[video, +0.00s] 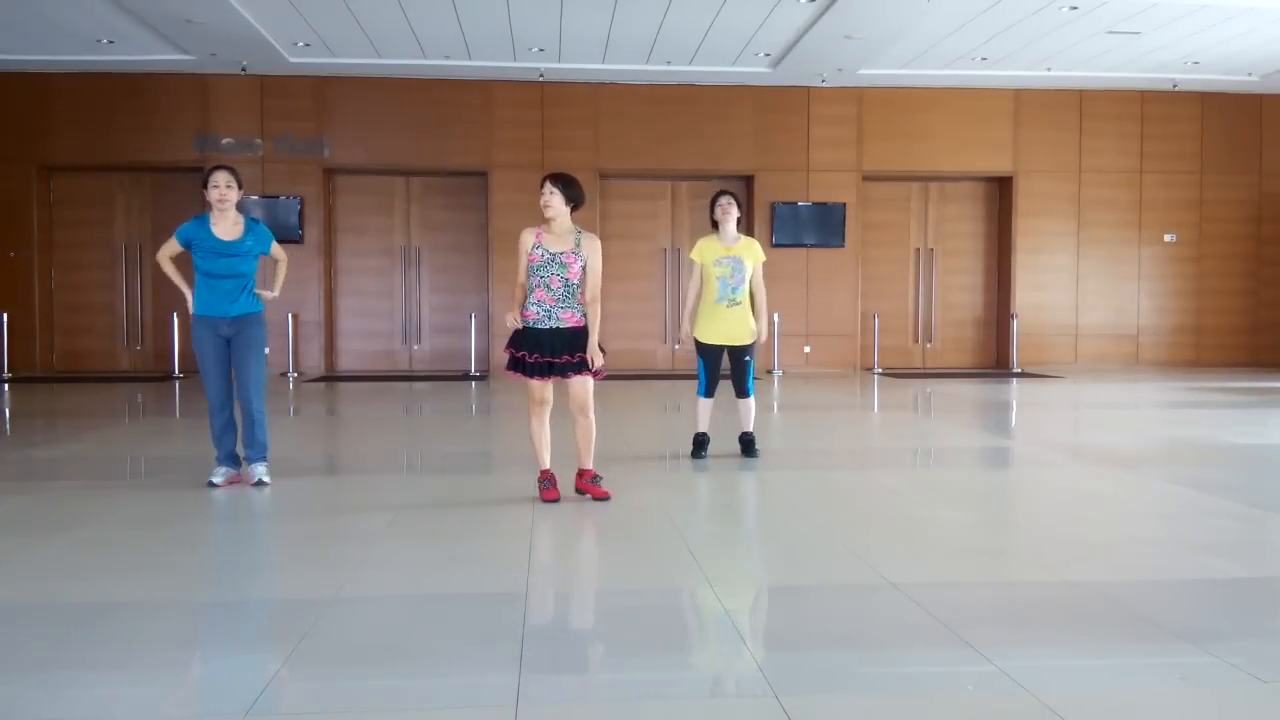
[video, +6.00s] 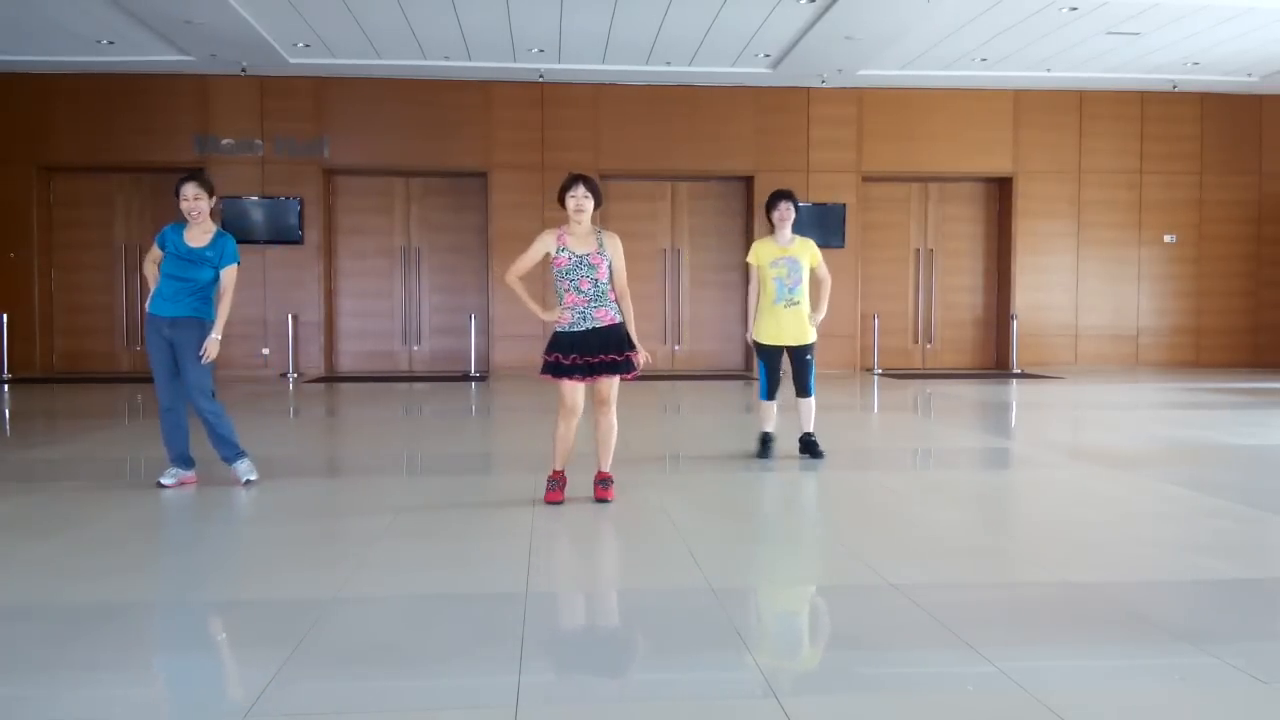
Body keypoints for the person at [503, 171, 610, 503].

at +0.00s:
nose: (544, 198)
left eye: (551, 193)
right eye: (542, 194)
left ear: (569, 199)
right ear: (540, 200)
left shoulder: (589, 242)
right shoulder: (530, 238)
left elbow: (593, 296)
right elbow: (521, 284)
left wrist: (593, 342)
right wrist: (515, 309)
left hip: (575, 334)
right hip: (535, 334)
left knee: (584, 407)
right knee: (541, 404)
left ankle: (586, 474)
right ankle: (546, 474)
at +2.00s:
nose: (558, 201)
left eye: (564, 196)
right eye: (551, 196)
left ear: (574, 203)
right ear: (542, 203)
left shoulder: (590, 242)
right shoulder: (529, 241)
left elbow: (597, 295)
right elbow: (519, 292)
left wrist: (605, 339)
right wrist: (524, 279)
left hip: (577, 335)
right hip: (536, 334)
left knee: (590, 409)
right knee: (537, 405)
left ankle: (596, 475)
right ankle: (540, 476)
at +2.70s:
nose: (575, 199)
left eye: (581, 194)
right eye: (569, 194)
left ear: (591, 201)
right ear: (559, 201)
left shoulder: (607, 239)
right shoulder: (546, 240)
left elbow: (618, 291)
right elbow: (542, 290)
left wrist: (628, 335)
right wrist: (531, 325)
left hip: (604, 334)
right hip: (563, 336)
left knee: (601, 405)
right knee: (561, 409)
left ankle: (602, 475)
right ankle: (552, 475)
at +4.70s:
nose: (583, 205)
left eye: (589, 199)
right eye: (577, 199)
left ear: (598, 205)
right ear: (567, 205)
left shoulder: (611, 246)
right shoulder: (552, 243)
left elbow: (623, 295)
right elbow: (542, 294)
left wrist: (636, 342)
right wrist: (547, 341)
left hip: (611, 336)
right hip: (571, 339)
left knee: (607, 407)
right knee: (576, 411)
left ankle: (605, 476)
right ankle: (550, 475)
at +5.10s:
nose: (572, 200)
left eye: (578, 194)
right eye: (565, 194)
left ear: (587, 201)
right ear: (555, 200)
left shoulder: (596, 243)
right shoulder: (542, 236)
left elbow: (605, 297)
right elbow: (502, 265)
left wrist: (619, 342)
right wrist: (532, 292)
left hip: (591, 334)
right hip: (555, 334)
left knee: (596, 403)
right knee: (559, 403)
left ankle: (589, 477)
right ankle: (548, 477)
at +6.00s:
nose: (580, 202)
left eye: (586, 197)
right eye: (573, 196)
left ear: (595, 203)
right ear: (564, 203)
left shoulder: (610, 241)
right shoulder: (550, 240)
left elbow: (622, 292)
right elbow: (511, 276)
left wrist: (634, 341)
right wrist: (541, 312)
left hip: (609, 333)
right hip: (569, 335)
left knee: (606, 405)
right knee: (570, 408)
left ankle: (604, 476)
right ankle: (557, 476)